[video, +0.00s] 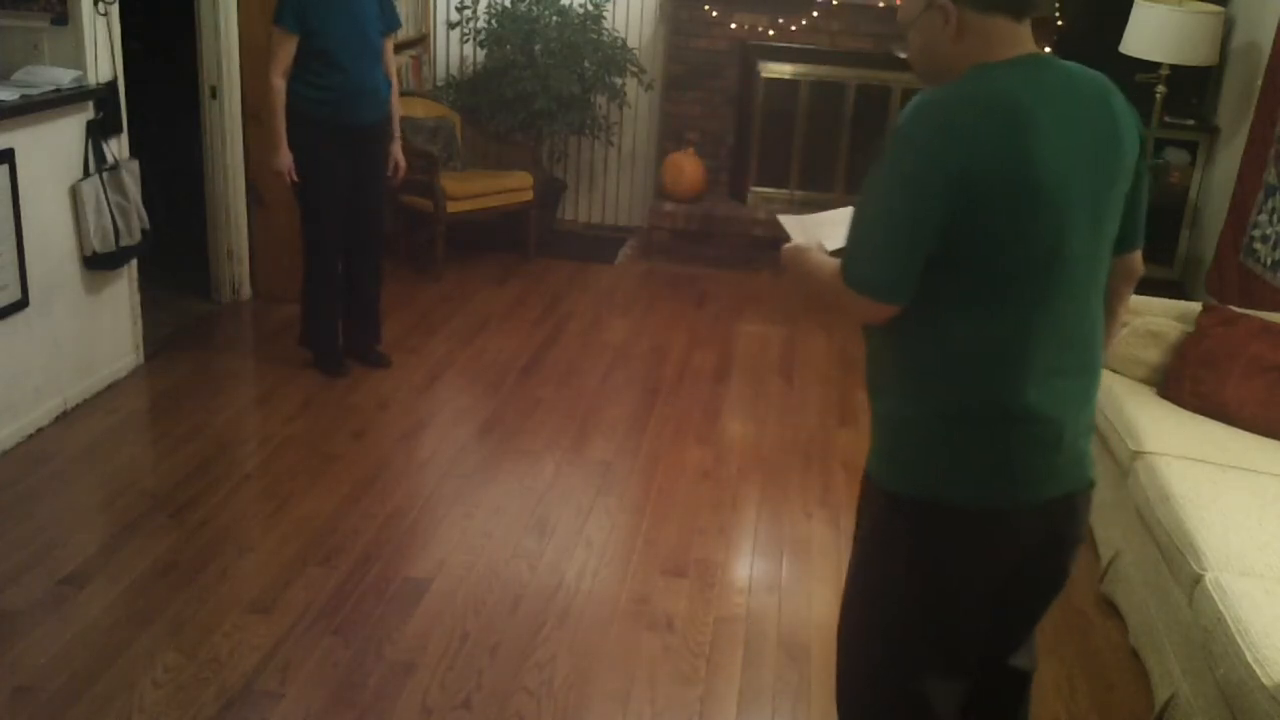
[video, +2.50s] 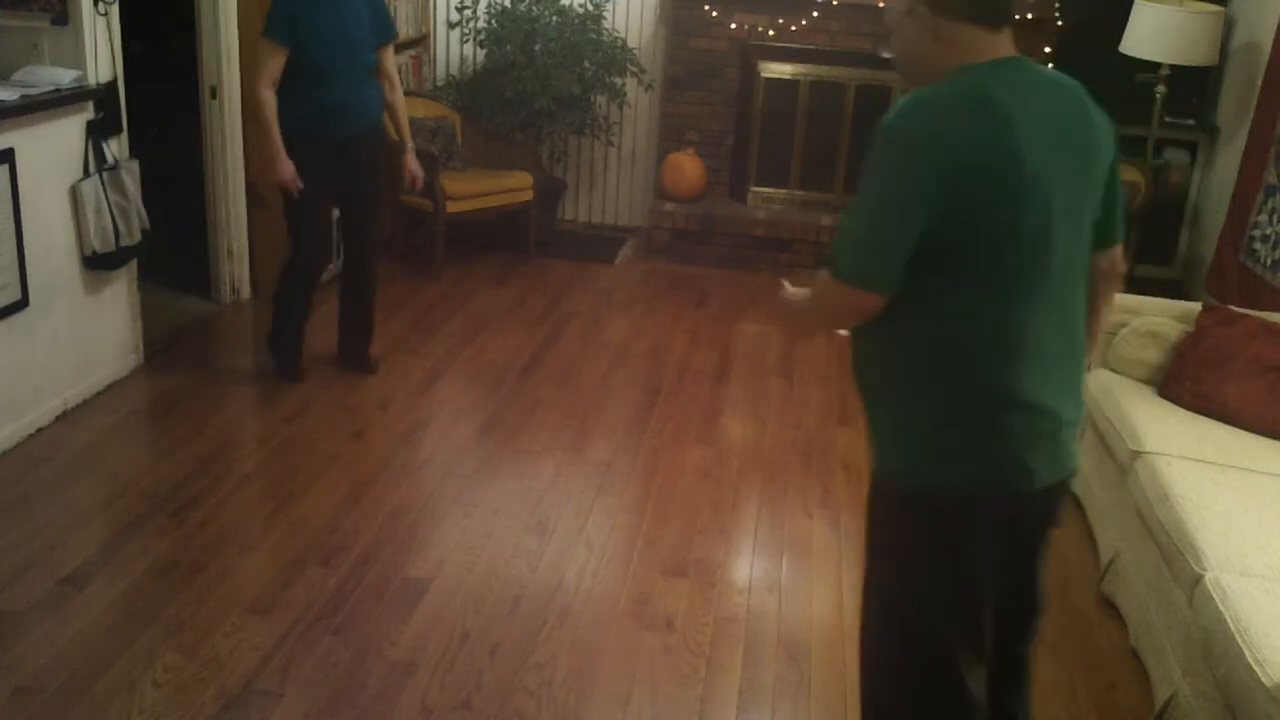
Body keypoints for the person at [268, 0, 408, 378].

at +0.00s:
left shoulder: (381, 6)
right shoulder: (297, 7)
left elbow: (389, 71)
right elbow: (278, 74)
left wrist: (396, 138)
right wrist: (281, 146)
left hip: (371, 132)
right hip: (317, 133)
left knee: (367, 238)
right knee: (323, 240)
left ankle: (363, 339)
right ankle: (323, 345)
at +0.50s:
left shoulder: (385, 6)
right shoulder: (302, 7)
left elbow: (394, 73)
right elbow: (282, 74)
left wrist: (401, 140)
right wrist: (284, 145)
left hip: (375, 132)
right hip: (320, 133)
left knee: (368, 239)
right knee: (325, 240)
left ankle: (364, 340)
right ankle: (324, 345)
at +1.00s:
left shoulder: (387, 7)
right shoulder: (306, 8)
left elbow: (401, 79)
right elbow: (281, 84)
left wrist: (413, 148)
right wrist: (285, 155)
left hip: (376, 141)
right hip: (320, 142)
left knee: (376, 242)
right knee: (316, 245)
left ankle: (365, 341)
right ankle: (285, 354)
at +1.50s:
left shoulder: (331, 8)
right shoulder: (250, 8)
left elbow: (339, 81)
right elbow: (222, 82)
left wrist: (349, 151)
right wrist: (235, 157)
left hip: (321, 147)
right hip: (261, 151)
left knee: (346, 250)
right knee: (268, 262)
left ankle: (343, 341)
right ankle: (265, 370)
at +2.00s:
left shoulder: (323, 8)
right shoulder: (241, 9)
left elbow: (334, 85)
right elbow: (217, 88)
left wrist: (343, 157)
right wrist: (237, 161)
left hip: (315, 151)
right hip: (256, 156)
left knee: (332, 256)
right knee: (266, 266)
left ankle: (320, 349)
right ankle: (263, 368)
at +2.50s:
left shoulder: (374, 7)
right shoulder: (291, 8)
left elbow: (390, 79)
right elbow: (264, 85)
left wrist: (408, 146)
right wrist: (278, 155)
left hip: (365, 143)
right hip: (308, 145)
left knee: (363, 250)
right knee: (311, 252)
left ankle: (355, 349)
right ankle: (286, 350)